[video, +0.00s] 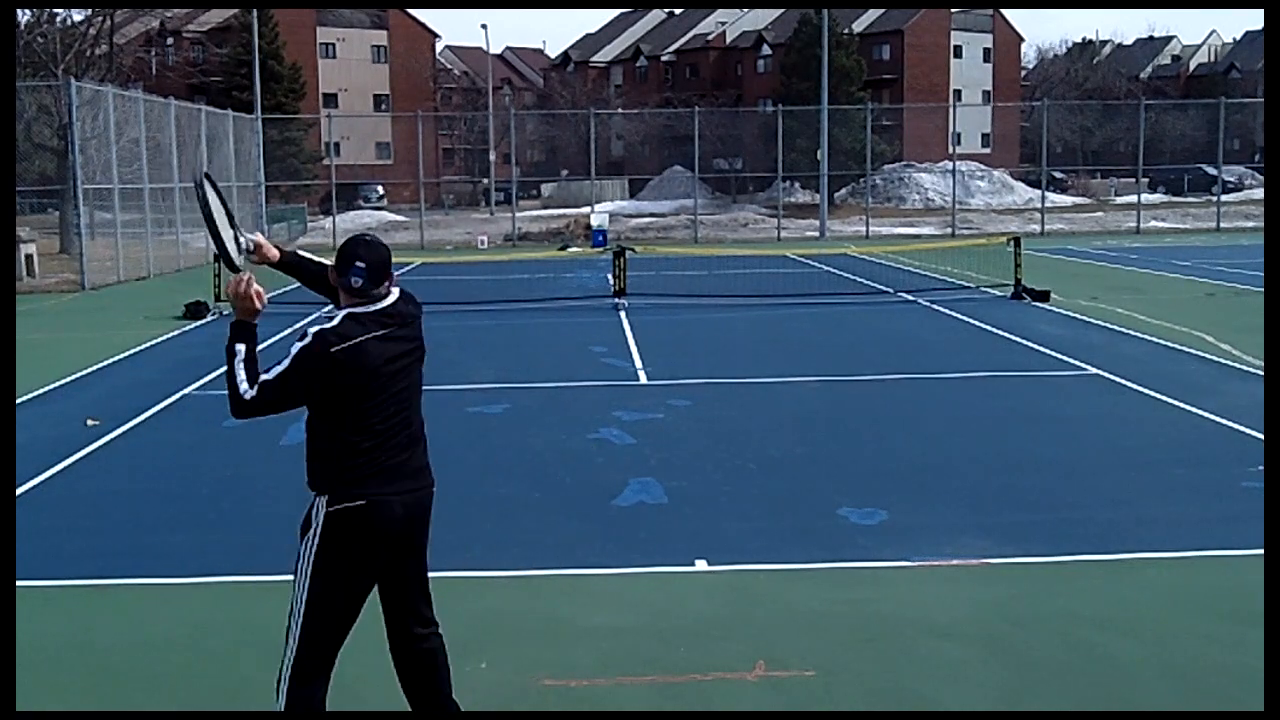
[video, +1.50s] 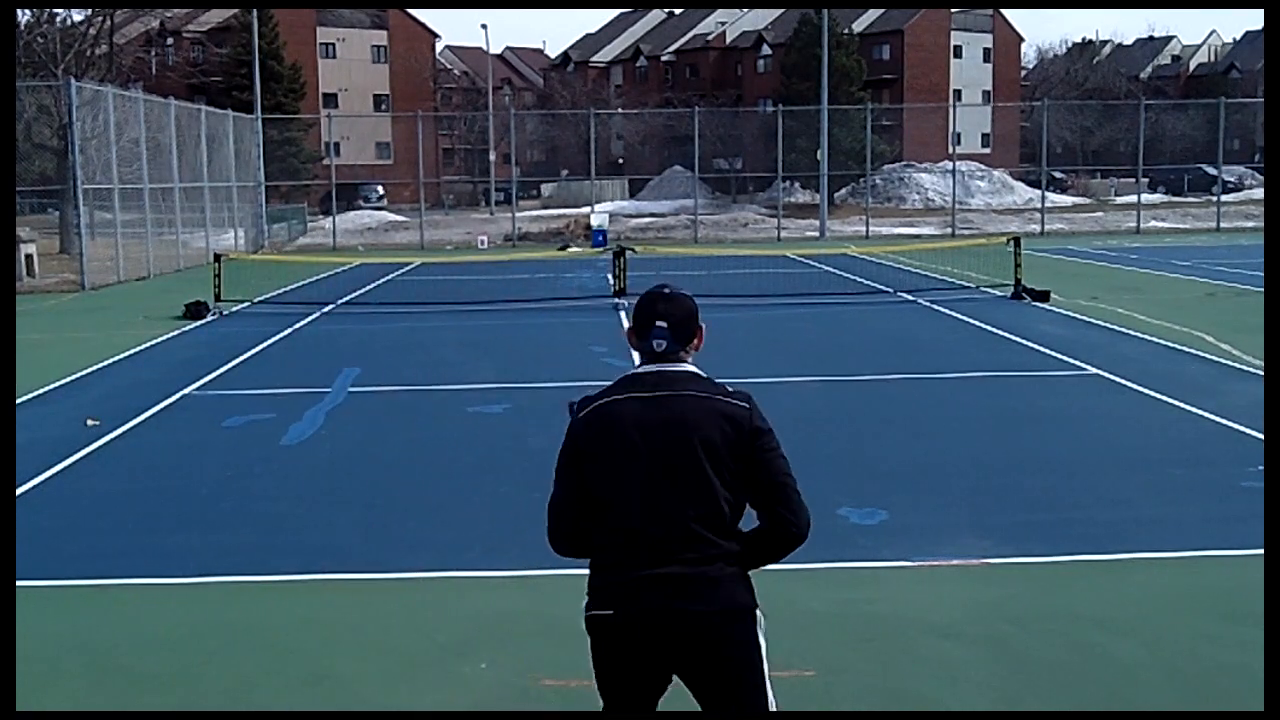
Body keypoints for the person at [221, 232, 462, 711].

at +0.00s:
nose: (337, 283)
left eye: (341, 279)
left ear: (343, 285)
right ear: (388, 281)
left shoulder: (329, 341)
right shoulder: (406, 311)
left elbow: (245, 400)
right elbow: (345, 288)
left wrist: (243, 320)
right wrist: (281, 257)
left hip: (346, 509)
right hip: (410, 498)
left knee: (309, 657)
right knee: (416, 632)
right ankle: (441, 713)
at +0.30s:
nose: (394, 283)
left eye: (397, 277)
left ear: (396, 281)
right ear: (447, 276)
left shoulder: (389, 337)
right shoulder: (464, 316)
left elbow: (303, 394)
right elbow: (401, 322)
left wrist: (304, 315)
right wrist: (353, 292)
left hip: (404, 504)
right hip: (463, 495)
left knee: (376, 638)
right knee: (440, 629)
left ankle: (425, 710)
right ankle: (454, 708)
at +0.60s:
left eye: (445, 300)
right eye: (497, 300)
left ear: (443, 305)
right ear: (500, 305)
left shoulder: (421, 372)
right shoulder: (534, 364)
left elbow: (379, 474)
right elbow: (560, 457)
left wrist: (396, 406)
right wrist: (504, 424)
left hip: (458, 538)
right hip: (526, 533)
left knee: (477, 678)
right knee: (477, 672)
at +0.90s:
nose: (565, 309)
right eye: (567, 304)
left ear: (506, 310)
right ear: (565, 310)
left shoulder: (471, 378)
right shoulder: (599, 375)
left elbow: (436, 484)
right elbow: (643, 475)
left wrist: (492, 470)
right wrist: (590, 495)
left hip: (506, 567)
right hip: (590, 561)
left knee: (505, 690)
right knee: (608, 678)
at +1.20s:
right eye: (653, 296)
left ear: (588, 304)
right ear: (652, 303)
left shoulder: (555, 373)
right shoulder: (691, 369)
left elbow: (518, 485)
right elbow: (732, 480)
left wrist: (574, 491)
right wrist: (677, 505)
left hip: (592, 574)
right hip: (682, 569)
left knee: (575, 699)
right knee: (732, 699)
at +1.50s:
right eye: (701, 329)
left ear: (630, 337)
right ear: (698, 338)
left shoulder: (591, 414)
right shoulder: (736, 409)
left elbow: (563, 535)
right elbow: (790, 523)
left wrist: (627, 548)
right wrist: (726, 557)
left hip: (621, 622)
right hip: (718, 618)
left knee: (623, 711)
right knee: (746, 713)